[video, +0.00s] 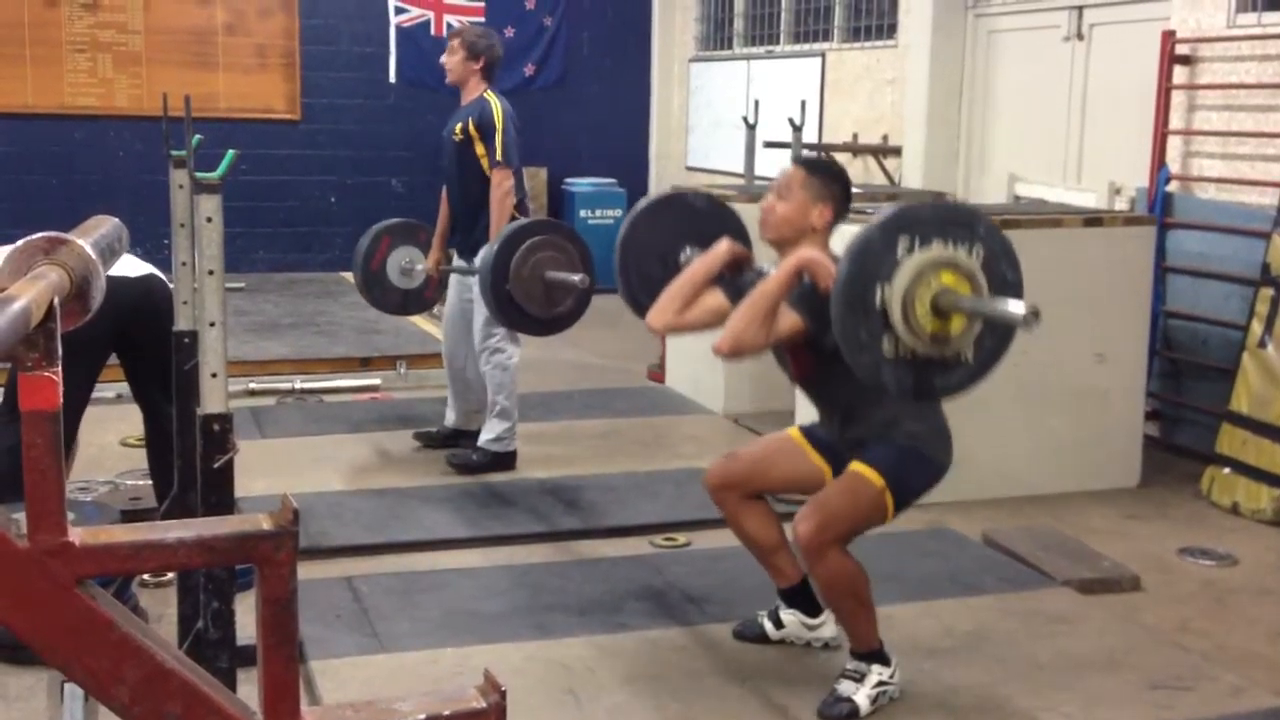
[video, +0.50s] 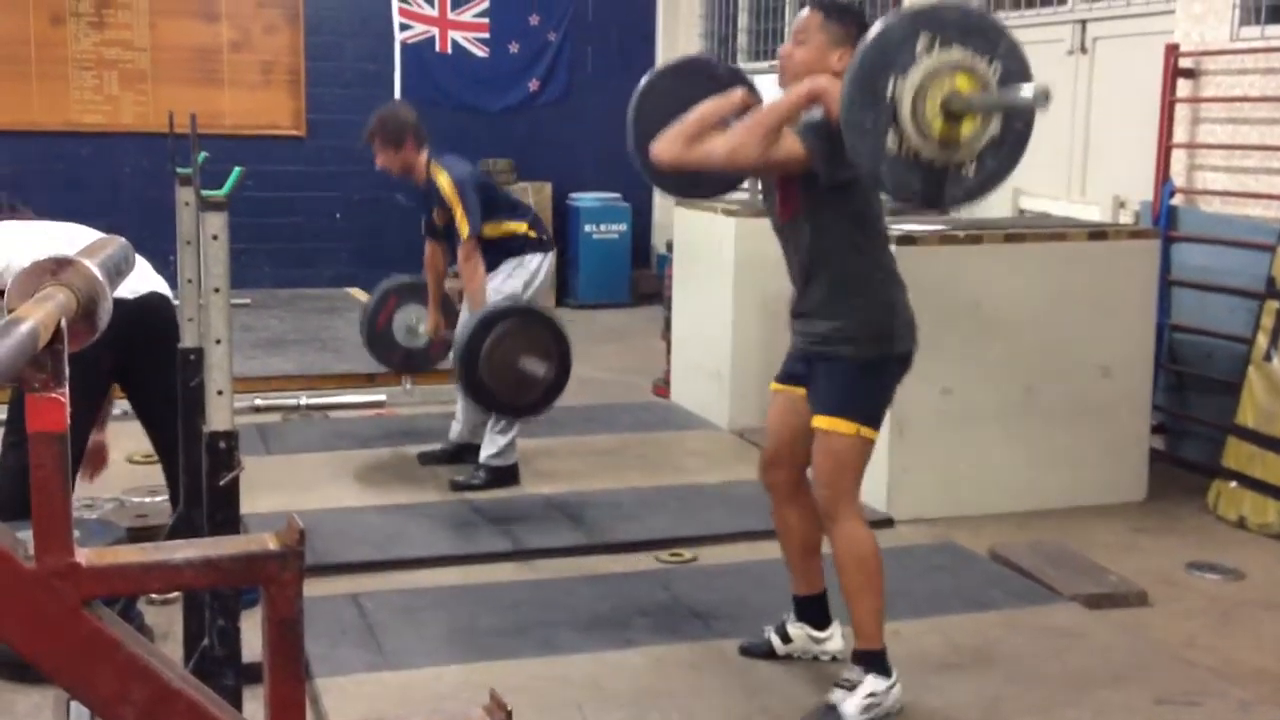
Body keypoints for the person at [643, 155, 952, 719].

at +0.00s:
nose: (766, 204)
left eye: (782, 195)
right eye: (771, 193)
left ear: (819, 214)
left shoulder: (828, 284)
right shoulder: (772, 283)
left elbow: (732, 344)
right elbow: (662, 318)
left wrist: (792, 263)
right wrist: (719, 255)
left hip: (907, 437)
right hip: (843, 431)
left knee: (813, 532)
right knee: (726, 480)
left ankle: (873, 663)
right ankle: (807, 614)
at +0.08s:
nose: (764, 184)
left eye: (779, 176)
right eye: (769, 173)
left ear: (818, 192)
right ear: (802, 195)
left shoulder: (827, 261)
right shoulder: (773, 262)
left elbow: (731, 321)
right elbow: (662, 298)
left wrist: (796, 239)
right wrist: (720, 233)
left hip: (906, 423)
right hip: (844, 418)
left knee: (817, 531)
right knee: (727, 479)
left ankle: (874, 665)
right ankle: (805, 615)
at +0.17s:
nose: (763, 162)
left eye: (778, 153)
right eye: (768, 151)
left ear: (821, 171)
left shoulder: (831, 242)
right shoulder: (777, 243)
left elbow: (731, 295)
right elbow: (662, 277)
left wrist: (797, 215)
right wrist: (727, 210)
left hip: (902, 408)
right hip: (840, 404)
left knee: (820, 531)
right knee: (729, 477)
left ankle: (876, 667)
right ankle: (806, 616)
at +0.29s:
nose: (774, 125)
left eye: (788, 116)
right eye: (777, 115)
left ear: (829, 135)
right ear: (798, 135)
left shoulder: (835, 197)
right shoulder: (779, 202)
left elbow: (735, 246)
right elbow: (662, 233)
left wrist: (794, 179)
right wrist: (733, 169)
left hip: (892, 386)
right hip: (835, 381)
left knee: (822, 524)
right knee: (740, 477)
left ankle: (879, 672)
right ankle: (811, 621)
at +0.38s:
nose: (777, 93)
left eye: (792, 83)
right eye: (780, 81)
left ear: (831, 100)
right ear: (798, 99)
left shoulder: (837, 163)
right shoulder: (777, 164)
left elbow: (741, 203)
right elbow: (663, 197)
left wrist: (795, 143)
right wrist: (733, 141)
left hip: (883, 360)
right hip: (832, 355)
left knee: (829, 514)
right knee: (755, 469)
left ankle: (879, 673)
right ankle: (810, 622)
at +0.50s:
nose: (783, 50)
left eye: (799, 39)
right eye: (788, 38)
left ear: (839, 57)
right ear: (796, 55)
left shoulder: (838, 125)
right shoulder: (779, 122)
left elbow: (738, 155)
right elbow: (666, 152)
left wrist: (803, 93)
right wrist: (734, 98)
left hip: (864, 334)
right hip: (813, 330)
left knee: (834, 492)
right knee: (780, 474)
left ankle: (875, 669)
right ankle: (813, 624)